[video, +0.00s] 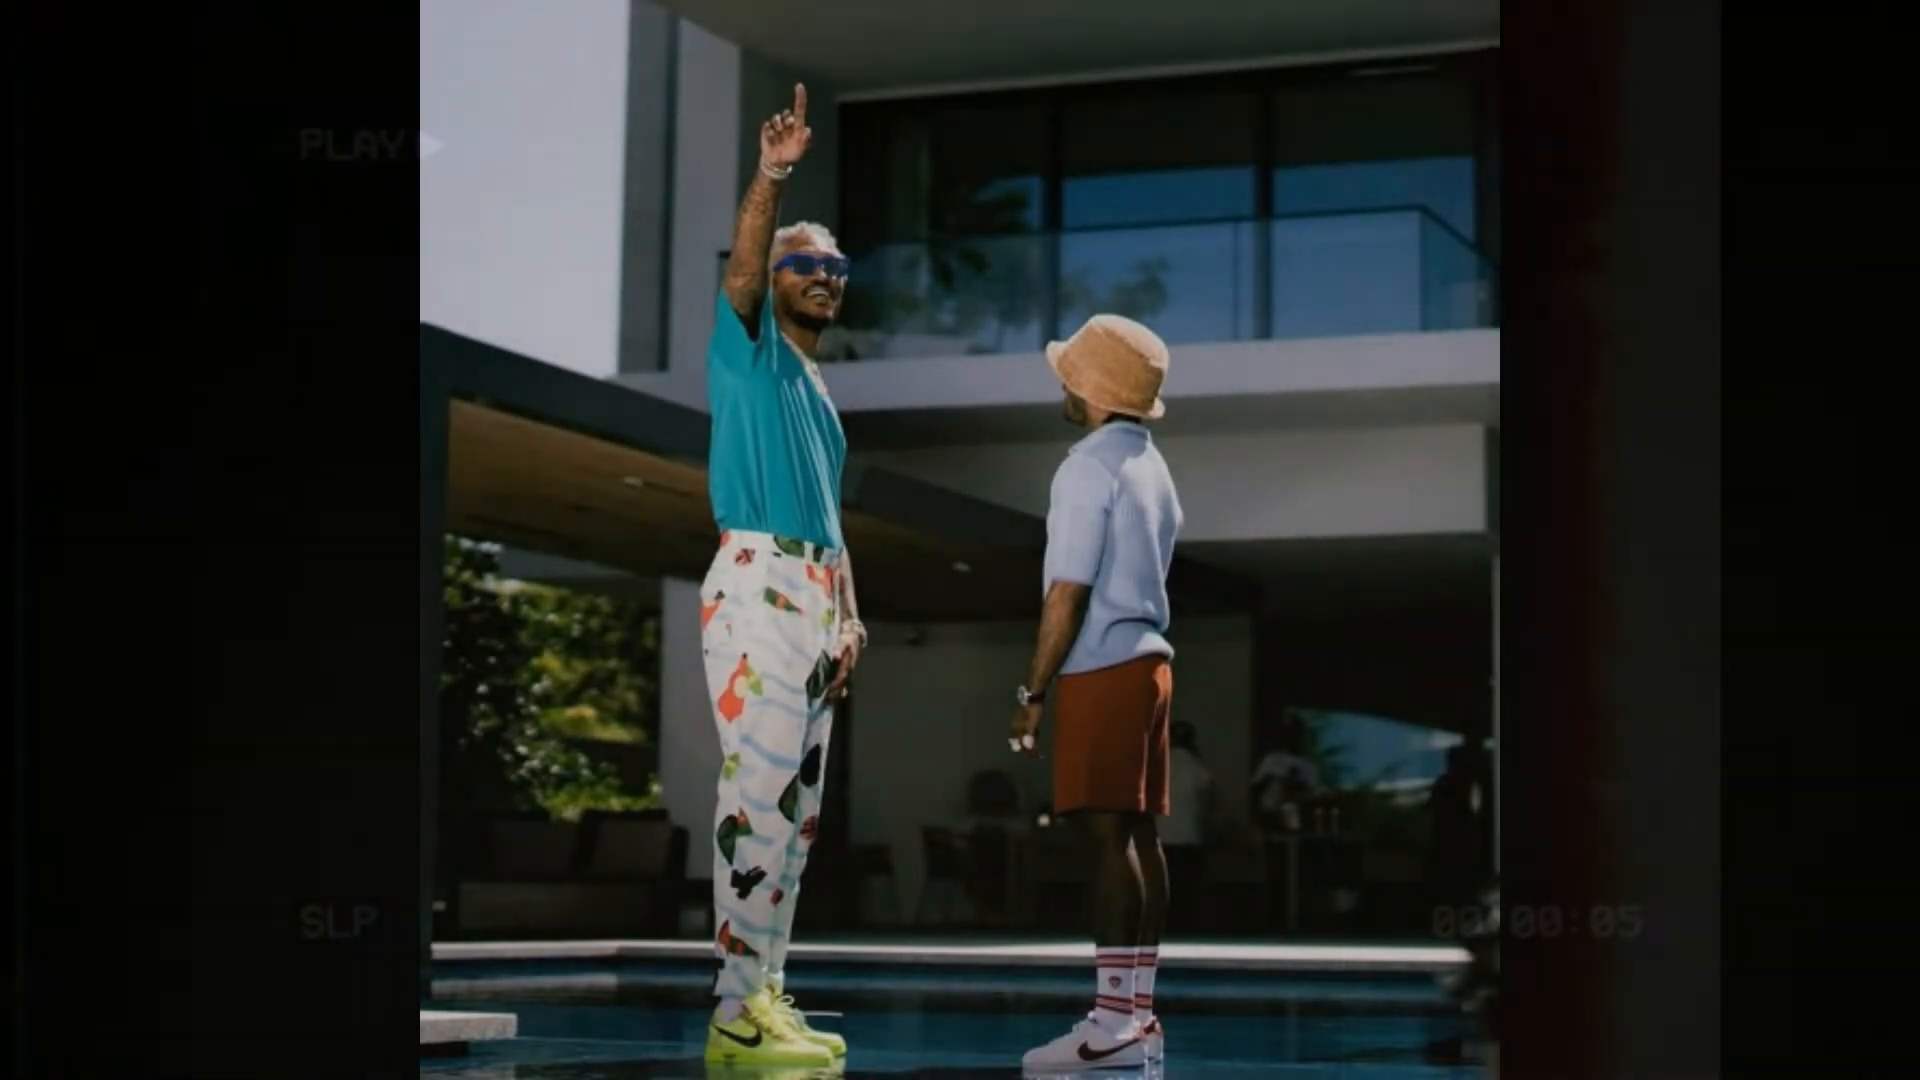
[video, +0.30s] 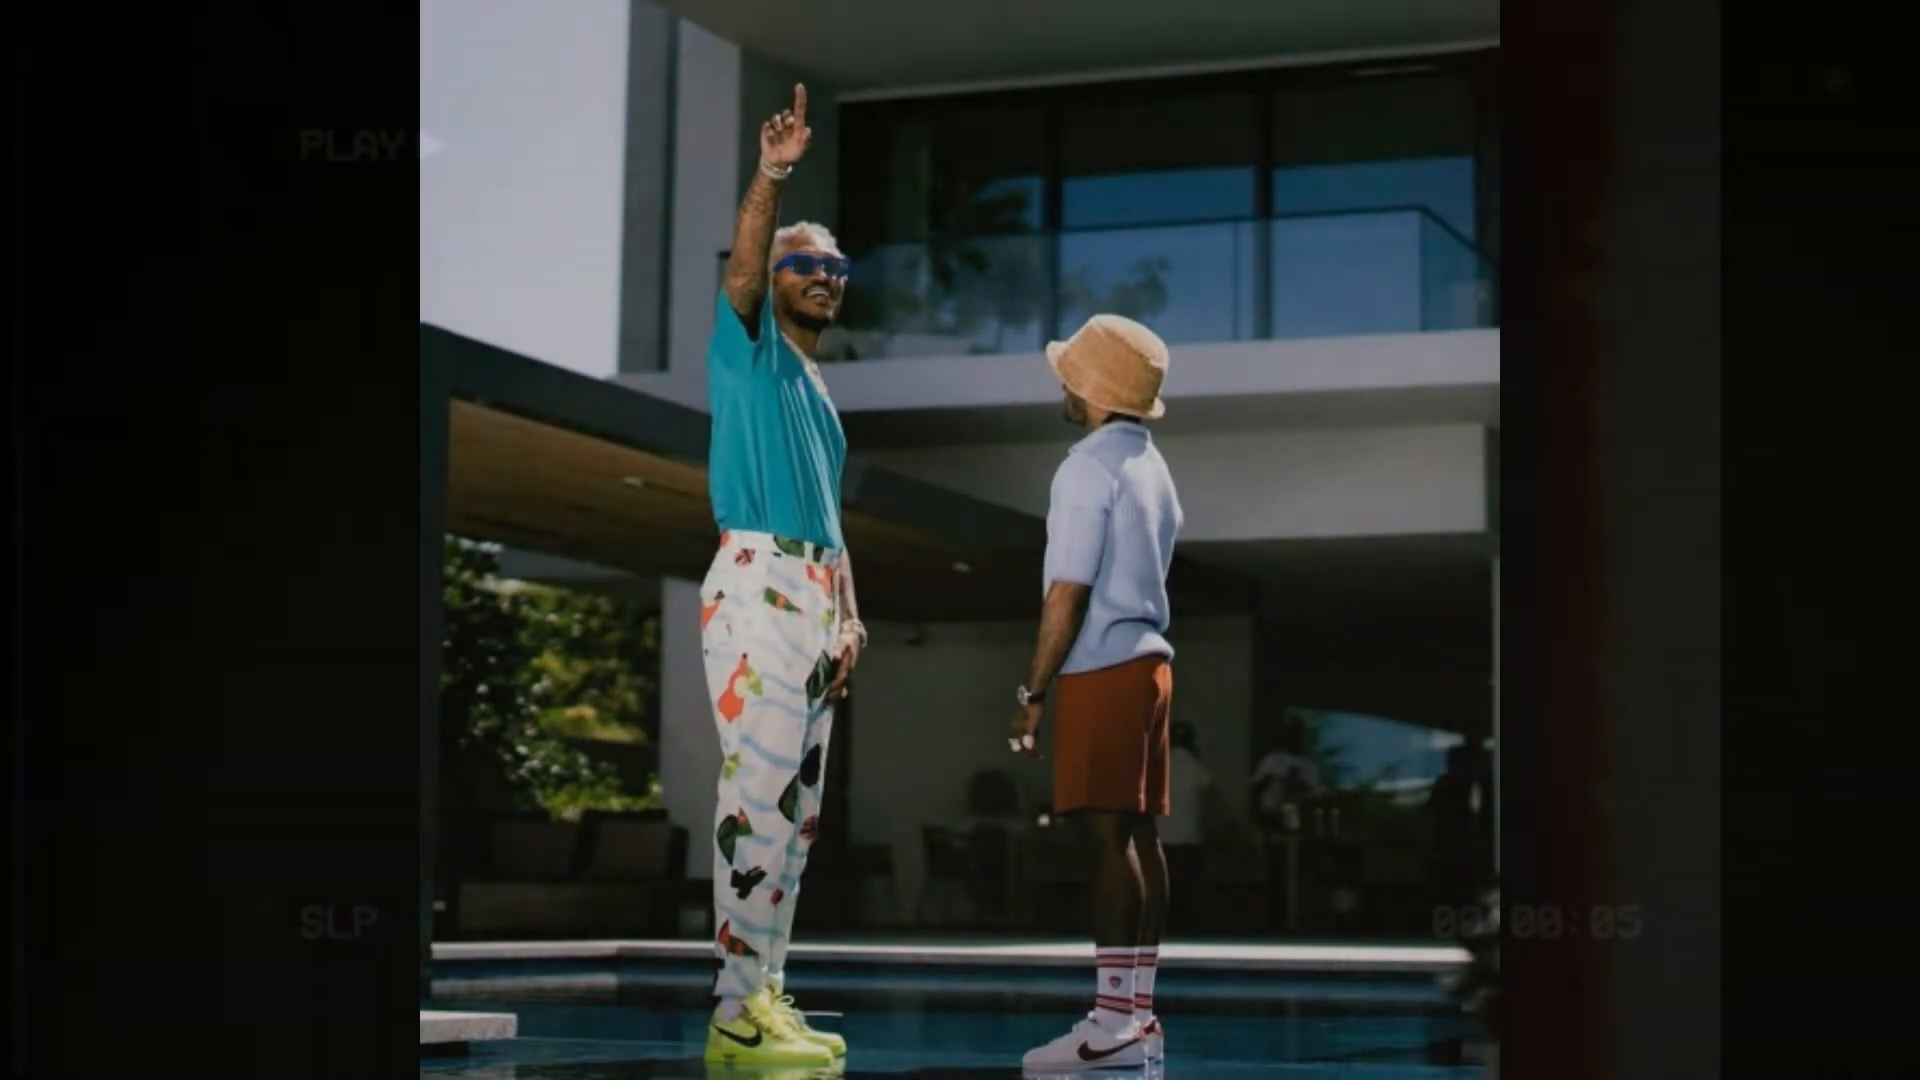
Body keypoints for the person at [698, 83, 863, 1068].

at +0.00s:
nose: (823, 283)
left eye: (833, 273)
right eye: (806, 268)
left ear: (841, 292)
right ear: (770, 278)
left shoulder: (818, 394)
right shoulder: (744, 344)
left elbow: (826, 519)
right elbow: (743, 268)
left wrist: (846, 613)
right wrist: (770, 174)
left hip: (814, 589)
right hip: (756, 581)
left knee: (794, 797)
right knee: (759, 791)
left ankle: (758, 1003)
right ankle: (746, 1006)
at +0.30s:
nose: (823, 282)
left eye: (834, 272)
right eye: (805, 267)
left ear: (841, 292)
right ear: (770, 278)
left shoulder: (818, 394)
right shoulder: (744, 344)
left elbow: (826, 520)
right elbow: (744, 267)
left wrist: (847, 612)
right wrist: (769, 173)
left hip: (814, 590)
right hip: (756, 582)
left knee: (794, 798)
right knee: (759, 792)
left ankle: (758, 1003)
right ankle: (746, 1007)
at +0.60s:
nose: (822, 282)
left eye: (833, 272)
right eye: (805, 267)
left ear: (842, 292)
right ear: (770, 279)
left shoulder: (819, 395)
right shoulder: (744, 344)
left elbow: (827, 520)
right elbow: (743, 268)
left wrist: (847, 612)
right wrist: (770, 173)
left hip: (813, 590)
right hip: (756, 581)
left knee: (794, 798)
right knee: (759, 792)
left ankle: (757, 1004)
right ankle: (746, 1007)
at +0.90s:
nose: (822, 282)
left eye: (833, 273)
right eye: (805, 268)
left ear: (842, 293)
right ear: (770, 279)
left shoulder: (819, 395)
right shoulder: (744, 344)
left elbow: (826, 520)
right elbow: (744, 267)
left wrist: (846, 612)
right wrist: (770, 172)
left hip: (814, 590)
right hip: (756, 582)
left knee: (793, 797)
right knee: (758, 791)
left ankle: (757, 1003)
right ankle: (746, 1005)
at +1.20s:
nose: (823, 283)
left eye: (833, 274)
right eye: (806, 268)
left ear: (841, 293)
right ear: (770, 278)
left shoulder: (818, 395)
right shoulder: (744, 343)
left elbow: (826, 519)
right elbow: (744, 267)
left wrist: (847, 611)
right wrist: (770, 173)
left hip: (813, 589)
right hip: (755, 581)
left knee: (794, 797)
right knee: (758, 791)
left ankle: (759, 1001)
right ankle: (746, 1004)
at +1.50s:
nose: (823, 283)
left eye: (834, 274)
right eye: (806, 268)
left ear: (841, 293)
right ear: (770, 278)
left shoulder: (818, 394)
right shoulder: (744, 343)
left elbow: (827, 519)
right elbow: (744, 267)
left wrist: (847, 611)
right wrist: (770, 173)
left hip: (813, 589)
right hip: (755, 581)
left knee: (794, 798)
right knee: (759, 791)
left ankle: (759, 1001)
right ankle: (745, 1005)